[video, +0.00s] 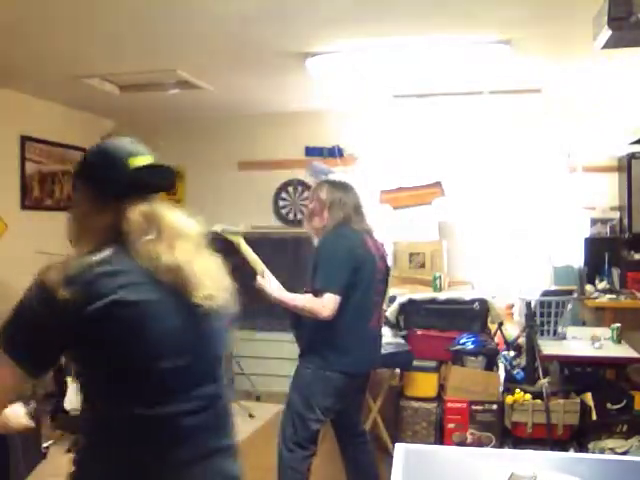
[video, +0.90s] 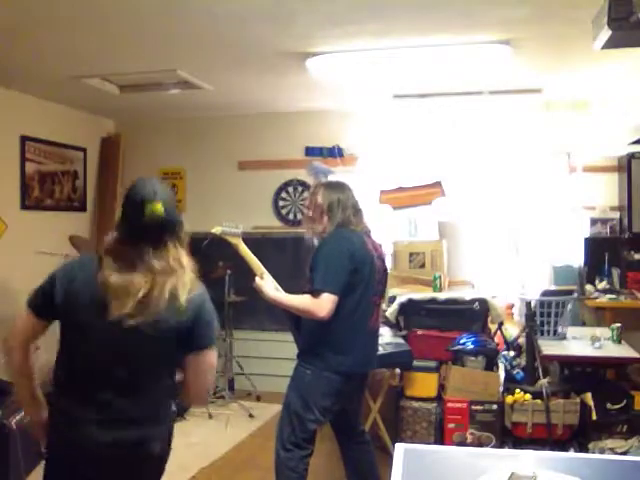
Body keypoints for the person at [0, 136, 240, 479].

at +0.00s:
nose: (70, 216)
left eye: (74, 203)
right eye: (71, 204)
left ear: (98, 203)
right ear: (155, 203)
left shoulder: (71, 287)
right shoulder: (207, 270)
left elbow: (7, 388)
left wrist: (18, 419)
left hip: (119, 471)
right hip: (215, 466)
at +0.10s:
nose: (36, 223)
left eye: (41, 210)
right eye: (39, 210)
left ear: (58, 214)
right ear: (118, 207)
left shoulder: (42, 296)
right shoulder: (177, 281)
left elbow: (10, 385)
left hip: (90, 470)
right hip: (184, 465)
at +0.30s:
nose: (25, 205)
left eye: (29, 197)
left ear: (39, 201)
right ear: (100, 196)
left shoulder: (30, 269)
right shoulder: (150, 263)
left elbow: (4, 345)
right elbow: (179, 365)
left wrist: (19, 406)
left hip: (72, 445)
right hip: (151, 441)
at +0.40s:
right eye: (107, 186)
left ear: (45, 197)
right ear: (107, 192)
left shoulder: (30, 261)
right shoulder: (150, 254)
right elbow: (179, 348)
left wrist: (22, 394)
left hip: (71, 434)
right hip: (151, 429)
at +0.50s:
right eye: (120, 201)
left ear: (65, 207)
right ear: (119, 205)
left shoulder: (41, 270)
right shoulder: (157, 262)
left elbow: (2, 370)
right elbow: (181, 351)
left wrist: (37, 398)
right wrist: (151, 382)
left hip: (73, 432)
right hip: (149, 430)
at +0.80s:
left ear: (108, 222)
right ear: (160, 225)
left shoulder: (71, 275)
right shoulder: (186, 287)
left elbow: (21, 364)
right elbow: (194, 378)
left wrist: (44, 418)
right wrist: (156, 390)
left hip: (79, 435)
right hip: (148, 438)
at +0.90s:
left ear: (121, 222)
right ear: (175, 230)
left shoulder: (76, 275)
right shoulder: (191, 295)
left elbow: (16, 342)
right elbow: (198, 392)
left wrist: (34, 412)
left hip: (74, 434)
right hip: (144, 442)